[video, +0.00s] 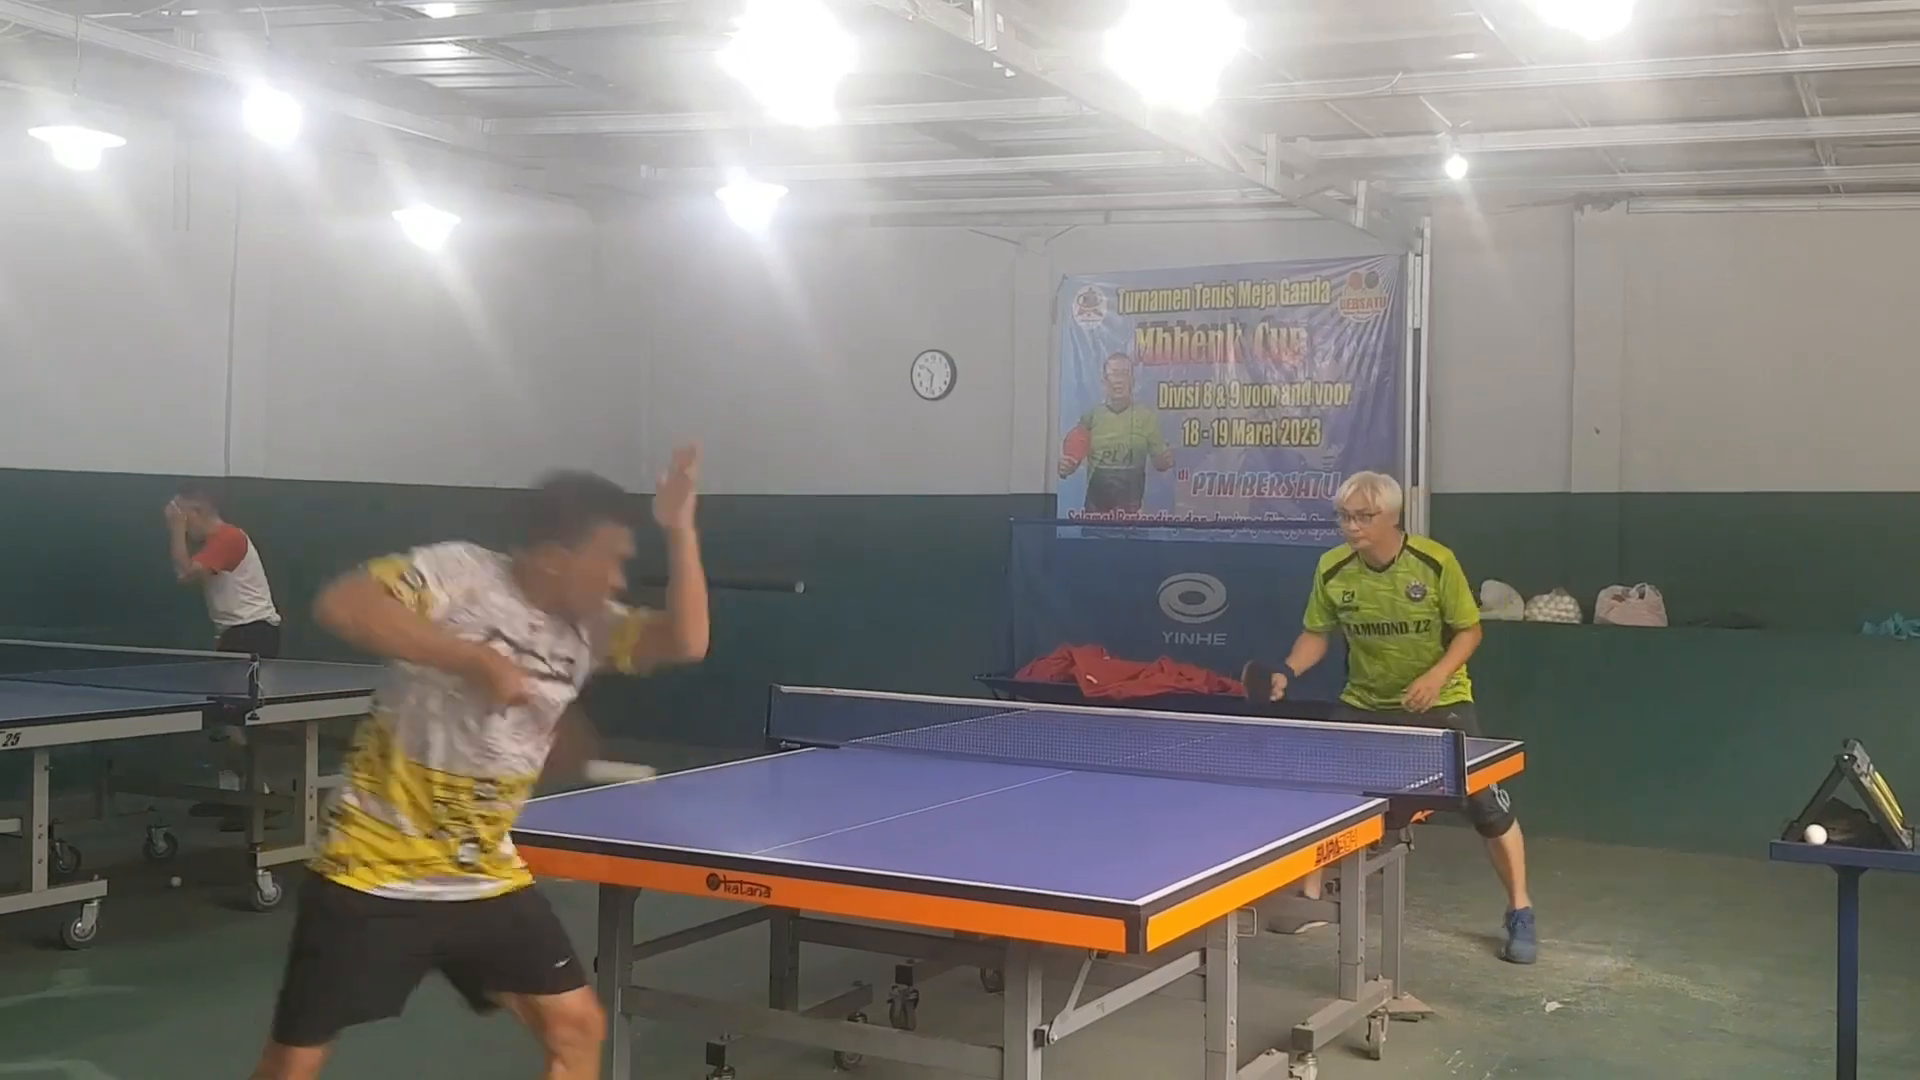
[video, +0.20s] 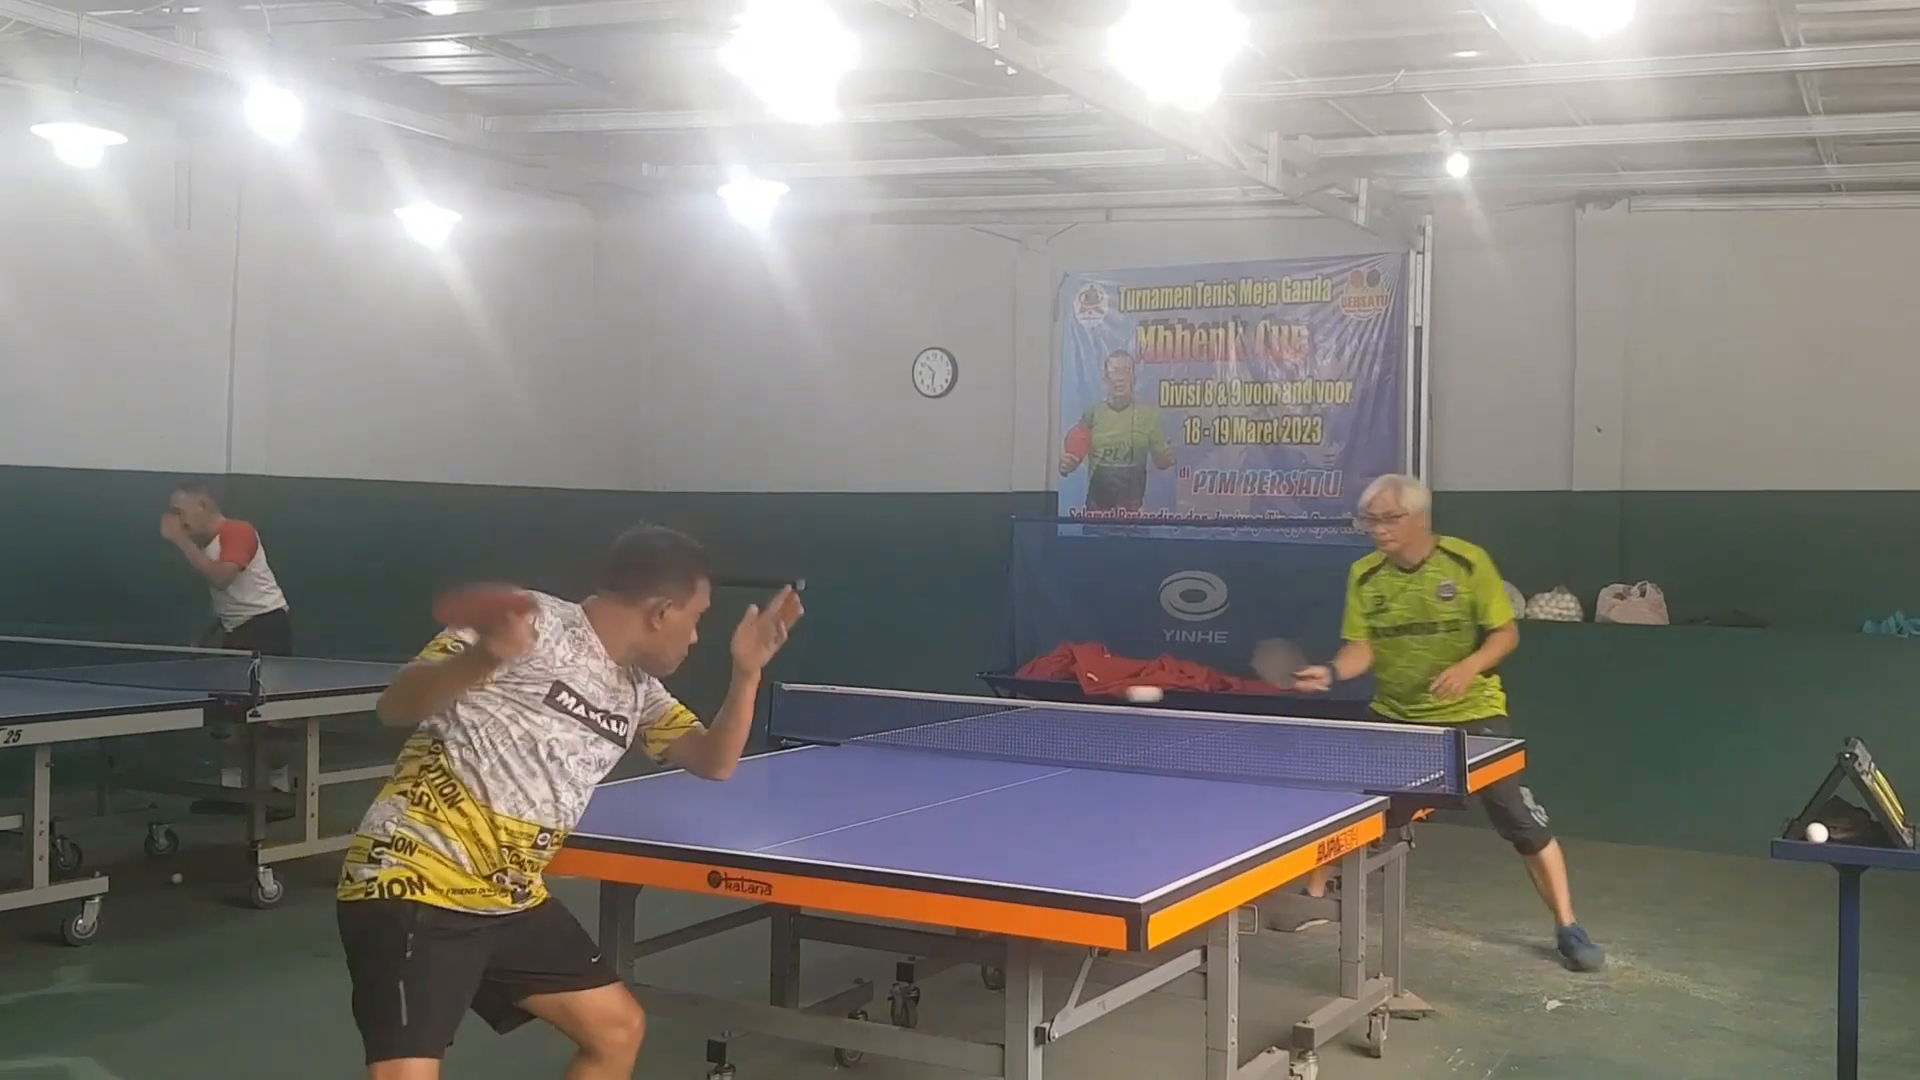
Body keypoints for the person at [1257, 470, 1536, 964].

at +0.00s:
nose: (1348, 527)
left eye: (1359, 517)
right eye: (1343, 517)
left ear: (1390, 518)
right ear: (1341, 519)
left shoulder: (1436, 562)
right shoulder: (1332, 569)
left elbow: (1469, 630)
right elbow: (1315, 635)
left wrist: (1437, 676)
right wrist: (1288, 670)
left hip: (1440, 701)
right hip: (1363, 702)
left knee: (1487, 801)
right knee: (1313, 781)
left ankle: (1520, 909)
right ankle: (1310, 896)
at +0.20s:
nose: (1379, 530)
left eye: (1389, 519)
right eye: (1372, 521)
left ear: (1419, 518)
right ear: (1366, 525)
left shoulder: (1468, 562)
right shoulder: (1365, 573)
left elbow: (1506, 634)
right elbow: (1361, 647)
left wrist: (1468, 667)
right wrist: (1332, 671)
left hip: (1472, 716)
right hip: (1393, 716)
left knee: (1517, 811)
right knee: (1330, 787)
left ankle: (1568, 925)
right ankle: (1314, 896)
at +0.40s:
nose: (1458, 517)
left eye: (1469, 507)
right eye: (1450, 508)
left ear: (1497, 504)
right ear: (1443, 508)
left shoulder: (1543, 537)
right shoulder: (1438, 561)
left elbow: (1590, 593)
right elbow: (1474, 621)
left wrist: (1578, 619)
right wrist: (1481, 653)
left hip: (1541, 702)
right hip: (1473, 704)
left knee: (1570, 820)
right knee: (1403, 787)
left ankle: (1579, 929)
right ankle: (1373, 888)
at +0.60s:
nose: (1473, 507)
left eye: (1485, 497)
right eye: (1464, 499)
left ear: (1510, 498)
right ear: (1454, 503)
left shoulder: (1541, 530)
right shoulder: (1450, 554)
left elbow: (1585, 564)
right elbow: (1477, 595)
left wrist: (1613, 562)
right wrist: (1480, 625)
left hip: (1549, 700)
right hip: (1484, 706)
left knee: (1603, 808)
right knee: (1499, 816)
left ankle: (1572, 921)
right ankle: (1498, 939)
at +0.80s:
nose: (1481, 505)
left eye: (1493, 494)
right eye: (1472, 495)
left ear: (1519, 496)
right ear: (1462, 499)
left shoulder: (1556, 539)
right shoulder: (1444, 557)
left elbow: (1611, 588)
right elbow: (1440, 631)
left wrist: (1617, 621)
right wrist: (1429, 649)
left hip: (1539, 691)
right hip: (1465, 692)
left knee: (1561, 805)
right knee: (1455, 796)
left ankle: (1576, 929)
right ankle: (1454, 921)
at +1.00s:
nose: (1436, 529)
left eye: (1447, 520)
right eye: (1428, 521)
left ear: (1471, 523)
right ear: (1420, 524)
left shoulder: (1511, 564)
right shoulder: (1403, 578)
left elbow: (1552, 612)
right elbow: (1383, 647)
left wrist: (1578, 669)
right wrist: (1358, 667)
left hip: (1499, 705)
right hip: (1424, 707)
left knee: (1536, 806)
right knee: (1376, 799)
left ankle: (1573, 928)